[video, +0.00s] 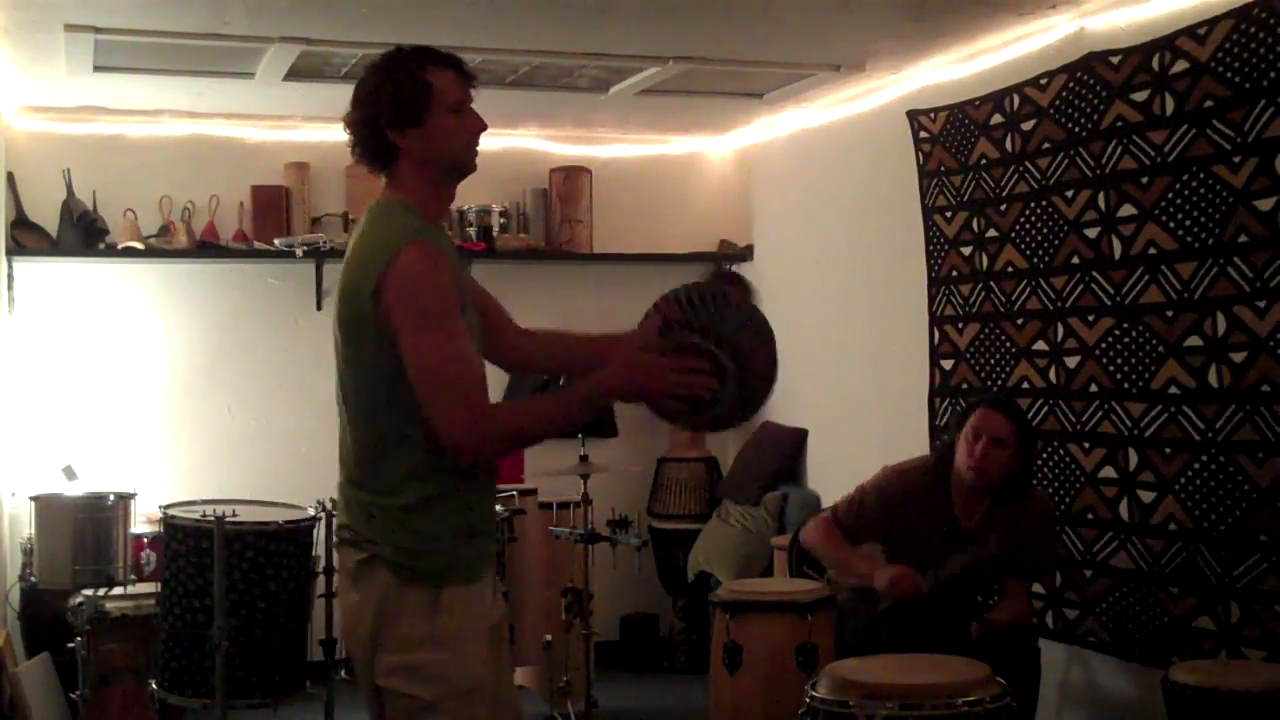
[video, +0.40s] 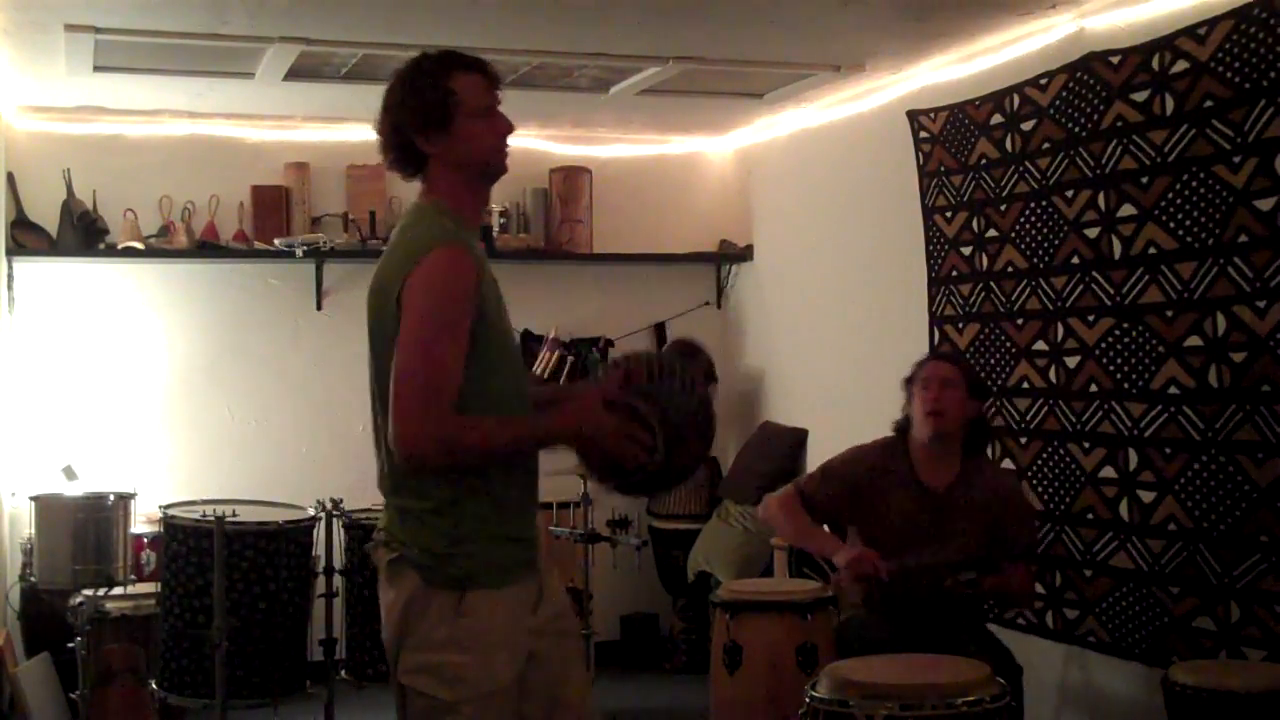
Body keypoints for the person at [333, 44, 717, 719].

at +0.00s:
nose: (481, 122)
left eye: (473, 106)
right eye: (462, 108)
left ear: (409, 133)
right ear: (404, 130)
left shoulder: (418, 238)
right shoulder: (409, 251)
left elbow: (514, 346)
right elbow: (469, 431)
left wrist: (637, 344)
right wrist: (610, 385)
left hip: (433, 566)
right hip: (418, 578)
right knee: (449, 709)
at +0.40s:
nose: (508, 123)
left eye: (501, 109)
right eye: (487, 111)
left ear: (445, 138)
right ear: (431, 136)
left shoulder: (453, 245)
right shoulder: (440, 254)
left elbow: (477, 396)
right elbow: (421, 435)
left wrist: (578, 396)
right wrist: (562, 423)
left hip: (502, 568)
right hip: (455, 580)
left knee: (562, 704)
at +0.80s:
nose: (598, 137)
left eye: (593, 121)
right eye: (582, 120)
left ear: (530, 138)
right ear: (527, 134)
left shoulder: (533, 246)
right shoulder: (505, 244)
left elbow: (559, 390)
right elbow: (510, 413)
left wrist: (673, 365)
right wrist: (663, 408)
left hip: (561, 566)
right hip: (496, 574)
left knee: (593, 711)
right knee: (484, 709)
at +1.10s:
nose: (643, 164)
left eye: (643, 147)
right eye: (632, 145)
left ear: (581, 150)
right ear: (577, 146)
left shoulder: (601, 263)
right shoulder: (530, 258)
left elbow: (638, 396)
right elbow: (551, 416)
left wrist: (725, 390)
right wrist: (687, 391)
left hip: (649, 561)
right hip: (571, 574)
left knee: (674, 714)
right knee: (570, 711)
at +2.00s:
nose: (728, 156)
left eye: (726, 139)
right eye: (715, 138)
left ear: (666, 147)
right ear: (662, 144)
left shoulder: (645, 246)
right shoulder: (627, 245)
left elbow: (690, 371)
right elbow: (622, 417)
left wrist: (769, 353)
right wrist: (752, 370)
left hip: (585, 512)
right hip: (554, 518)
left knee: (646, 693)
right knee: (611, 700)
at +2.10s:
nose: (736, 204)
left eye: (734, 187)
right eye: (725, 186)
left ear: (675, 197)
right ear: (672, 194)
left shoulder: (632, 276)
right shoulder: (634, 285)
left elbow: (657, 409)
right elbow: (631, 468)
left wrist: (761, 391)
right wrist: (750, 429)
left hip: (536, 538)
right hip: (531, 548)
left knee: (633, 702)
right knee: (623, 707)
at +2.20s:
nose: (748, 257)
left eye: (748, 241)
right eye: (739, 239)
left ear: (682, 237)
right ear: (686, 237)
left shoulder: (606, 302)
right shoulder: (649, 341)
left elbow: (635, 443)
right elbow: (629, 522)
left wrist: (748, 420)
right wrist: (726, 503)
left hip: (484, 547)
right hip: (519, 568)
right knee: (606, 705)